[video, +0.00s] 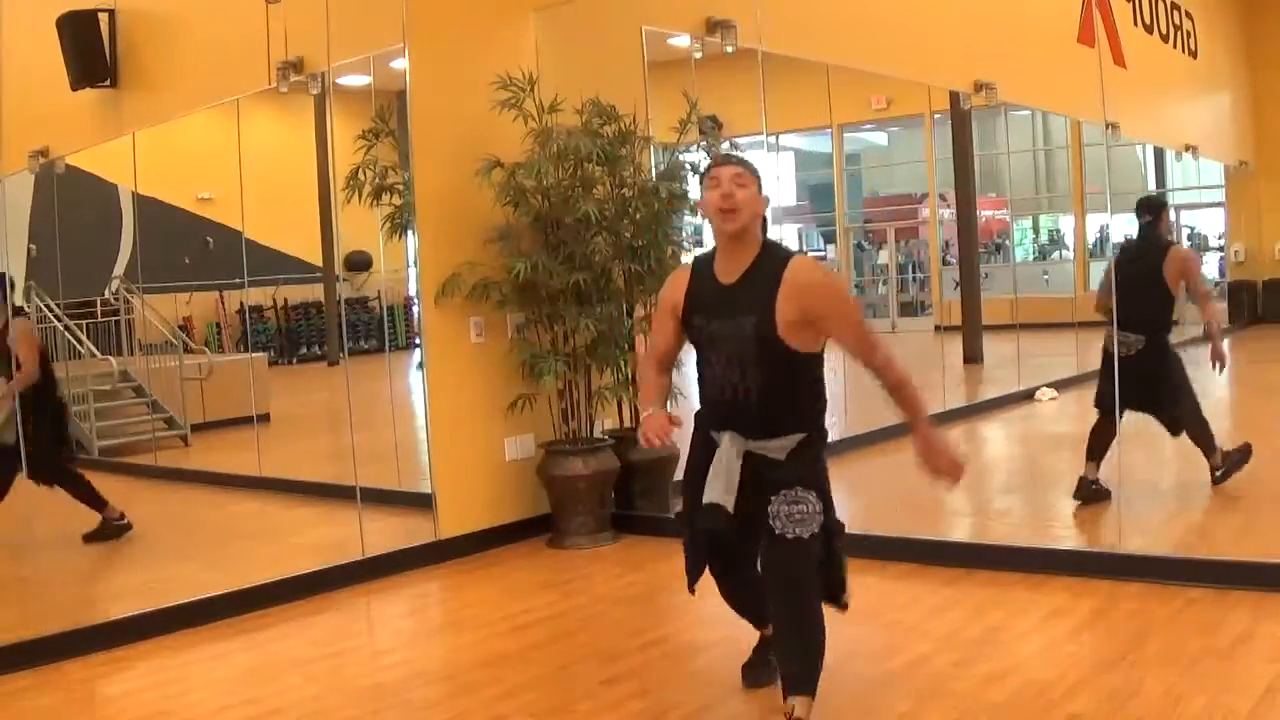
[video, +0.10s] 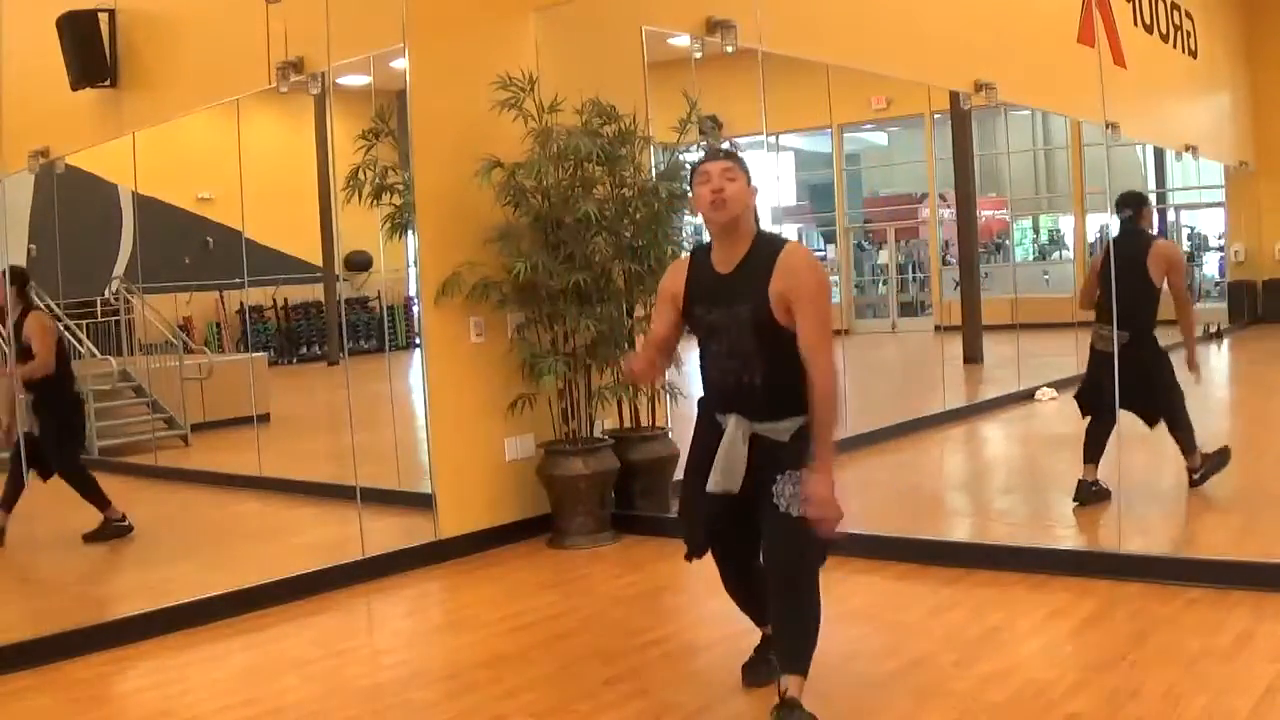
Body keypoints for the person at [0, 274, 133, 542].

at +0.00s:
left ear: (4, 296)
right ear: (7, 295)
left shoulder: (19, 327)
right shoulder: (12, 329)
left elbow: (30, 372)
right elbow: (28, 372)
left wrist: (7, 392)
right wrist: (8, 391)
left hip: (41, 409)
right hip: (28, 408)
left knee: (50, 467)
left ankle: (113, 516)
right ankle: (111, 515)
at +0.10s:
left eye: (2, 287)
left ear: (15, 289)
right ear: (13, 290)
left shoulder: (36, 320)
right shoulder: (14, 323)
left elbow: (46, 365)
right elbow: (16, 370)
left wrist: (12, 373)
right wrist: (9, 418)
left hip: (59, 405)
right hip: (38, 405)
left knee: (67, 464)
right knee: (19, 463)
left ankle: (114, 517)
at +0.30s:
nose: (10, 279)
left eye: (13, 273)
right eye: (10, 274)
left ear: (28, 274)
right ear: (27, 274)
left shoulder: (52, 301)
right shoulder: (32, 305)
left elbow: (25, 334)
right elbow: (10, 337)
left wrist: (12, 296)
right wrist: (11, 308)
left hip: (86, 390)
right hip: (66, 392)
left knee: (94, 450)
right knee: (48, 446)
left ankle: (119, 517)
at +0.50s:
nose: (11, 287)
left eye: (13, 280)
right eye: (10, 281)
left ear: (28, 276)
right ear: (27, 278)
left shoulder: (59, 298)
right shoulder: (31, 307)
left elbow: (37, 337)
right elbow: (17, 338)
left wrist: (9, 337)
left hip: (87, 387)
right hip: (65, 389)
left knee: (97, 449)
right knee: (64, 448)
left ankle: (118, 517)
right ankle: (122, 481)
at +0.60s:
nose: (12, 297)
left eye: (13, 290)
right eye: (10, 291)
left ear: (26, 283)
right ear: (24, 286)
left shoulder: (57, 302)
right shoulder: (32, 310)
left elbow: (55, 355)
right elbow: (25, 351)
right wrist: (19, 381)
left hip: (84, 389)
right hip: (67, 391)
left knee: (94, 449)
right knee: (57, 446)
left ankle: (118, 518)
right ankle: (113, 472)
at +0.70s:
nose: (4, 300)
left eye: (4, 293)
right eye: (2, 294)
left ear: (13, 287)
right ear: (13, 287)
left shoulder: (45, 309)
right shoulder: (28, 313)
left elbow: (81, 347)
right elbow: (51, 356)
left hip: (77, 395)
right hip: (62, 397)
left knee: (89, 452)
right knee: (41, 446)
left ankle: (118, 517)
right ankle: (88, 484)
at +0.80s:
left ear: (5, 292)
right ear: (9, 291)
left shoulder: (32, 308)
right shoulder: (23, 314)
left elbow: (78, 312)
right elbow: (59, 306)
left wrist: (119, 324)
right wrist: (85, 302)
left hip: (70, 395)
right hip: (55, 397)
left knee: (88, 453)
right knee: (31, 441)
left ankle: (117, 517)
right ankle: (49, 510)